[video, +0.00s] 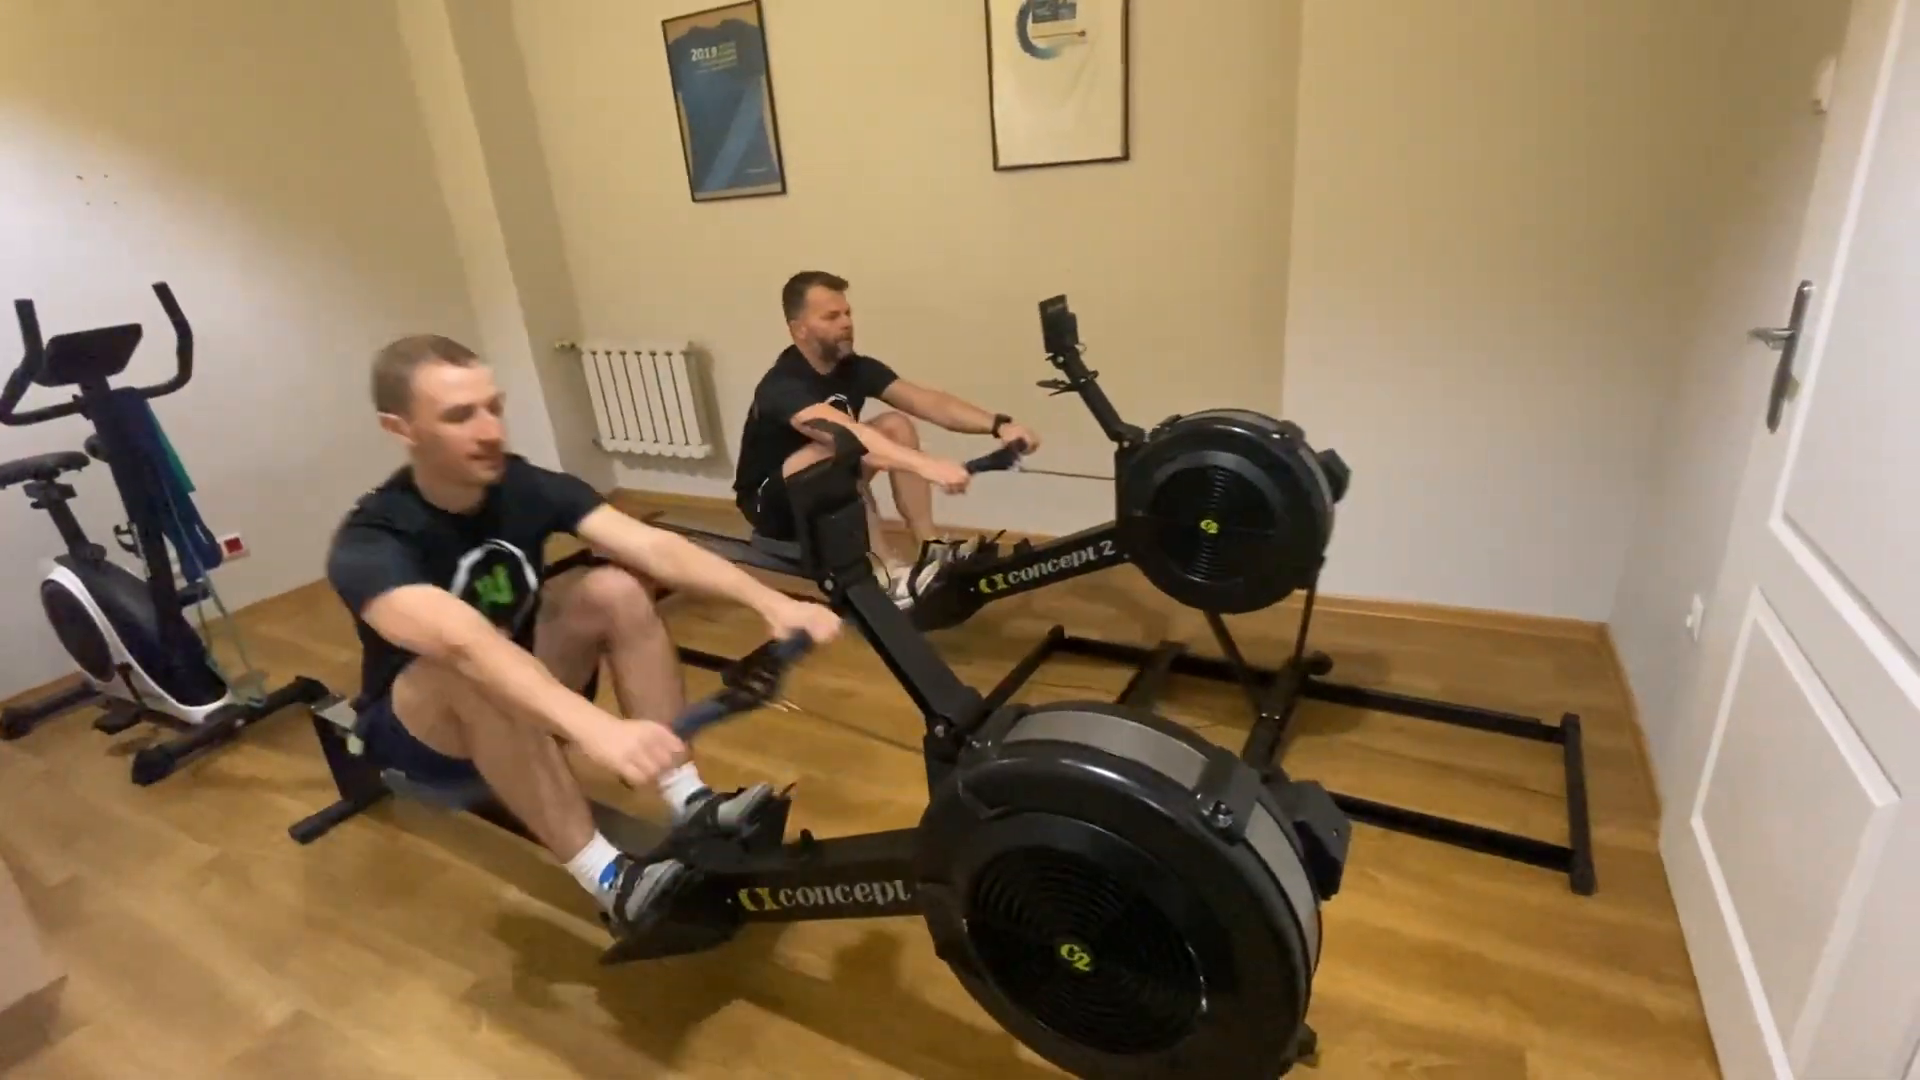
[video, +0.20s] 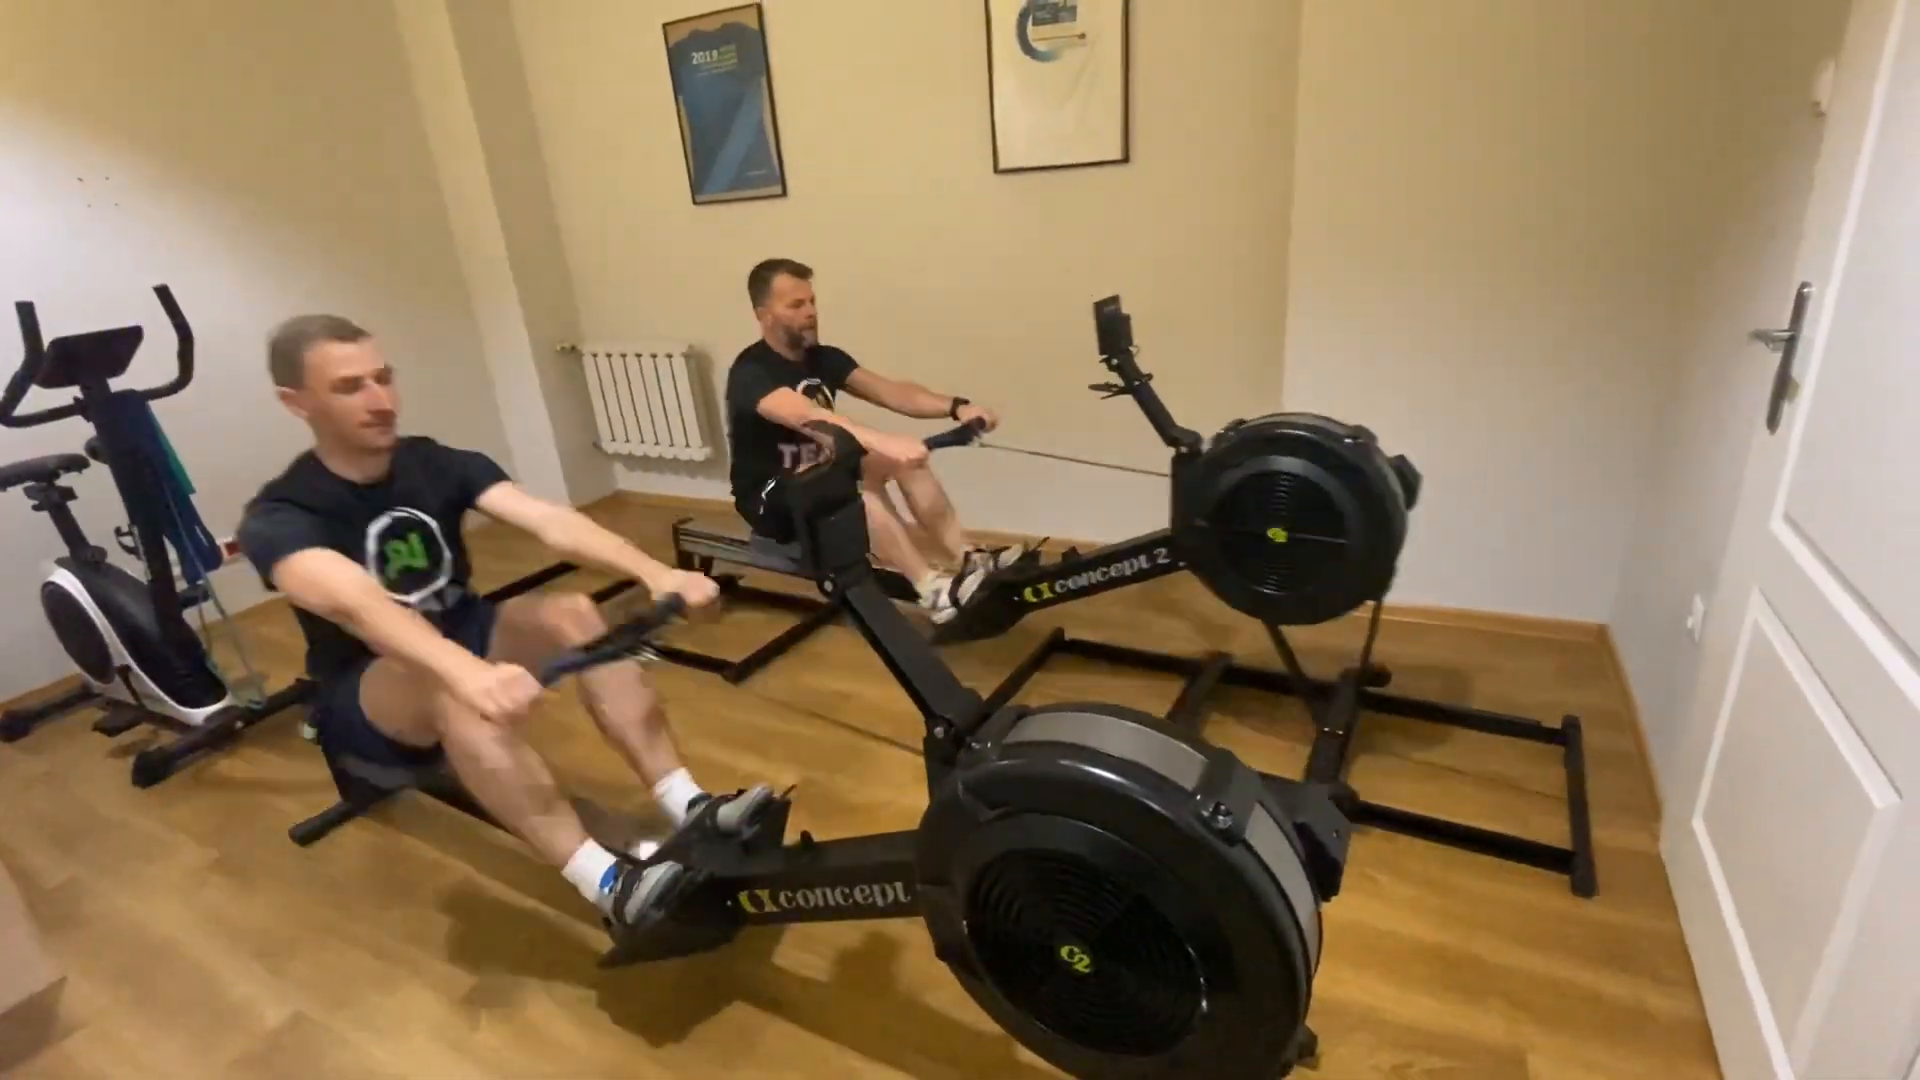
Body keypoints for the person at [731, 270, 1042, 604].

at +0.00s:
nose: (847, 324)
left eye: (848, 314)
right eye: (833, 316)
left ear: (851, 314)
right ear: (797, 328)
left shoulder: (854, 369)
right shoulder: (783, 387)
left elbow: (928, 402)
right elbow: (849, 436)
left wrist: (998, 424)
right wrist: (929, 466)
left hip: (823, 484)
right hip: (770, 500)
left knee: (896, 428)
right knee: (834, 453)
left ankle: (930, 548)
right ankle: (887, 570)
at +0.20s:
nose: (811, 313)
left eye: (811, 302)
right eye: (797, 306)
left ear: (814, 301)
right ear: (764, 315)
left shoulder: (822, 359)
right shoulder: (749, 373)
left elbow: (890, 392)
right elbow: (810, 420)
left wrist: (956, 406)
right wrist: (882, 442)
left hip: (827, 477)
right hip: (773, 499)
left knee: (906, 457)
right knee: (855, 499)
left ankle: (968, 558)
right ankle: (930, 587)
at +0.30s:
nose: (788, 307)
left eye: (789, 295)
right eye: (774, 298)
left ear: (793, 295)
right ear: (739, 306)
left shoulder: (803, 351)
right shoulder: (729, 366)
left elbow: (867, 389)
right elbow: (785, 420)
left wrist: (927, 400)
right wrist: (855, 440)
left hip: (827, 473)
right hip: (776, 495)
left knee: (912, 473)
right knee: (866, 507)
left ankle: (994, 566)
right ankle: (958, 593)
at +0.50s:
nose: (760, 313)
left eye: (762, 302)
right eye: (747, 306)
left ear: (763, 300)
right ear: (713, 310)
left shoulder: (776, 351)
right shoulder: (702, 368)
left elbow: (829, 391)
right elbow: (715, 436)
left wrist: (870, 395)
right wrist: (780, 431)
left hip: (832, 472)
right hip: (783, 498)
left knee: (902, 494)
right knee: (877, 518)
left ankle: (1022, 566)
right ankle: (988, 597)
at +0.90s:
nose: (740, 329)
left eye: (742, 317)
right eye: (728, 320)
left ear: (741, 316)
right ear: (693, 324)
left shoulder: (748, 365)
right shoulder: (677, 389)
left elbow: (774, 413)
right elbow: (662, 472)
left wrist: (801, 391)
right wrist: (694, 431)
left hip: (831, 473)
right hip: (788, 501)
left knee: (913, 509)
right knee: (882, 535)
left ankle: (1031, 566)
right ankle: (1001, 598)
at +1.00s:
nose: (742, 323)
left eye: (743, 312)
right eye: (729, 315)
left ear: (744, 311)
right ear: (696, 321)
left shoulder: (751, 362)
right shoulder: (679, 383)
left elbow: (776, 412)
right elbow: (663, 467)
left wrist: (806, 390)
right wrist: (699, 426)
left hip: (829, 473)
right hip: (784, 499)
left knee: (908, 506)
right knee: (878, 532)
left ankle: (1028, 565)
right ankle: (997, 596)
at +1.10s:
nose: (749, 319)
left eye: (748, 308)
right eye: (736, 311)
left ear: (745, 307)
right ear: (703, 317)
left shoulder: (754, 357)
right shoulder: (682, 380)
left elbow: (777, 409)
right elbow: (665, 463)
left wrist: (814, 390)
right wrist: (704, 425)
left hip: (824, 469)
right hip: (780, 496)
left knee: (910, 505)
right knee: (878, 531)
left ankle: (1024, 565)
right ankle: (993, 594)